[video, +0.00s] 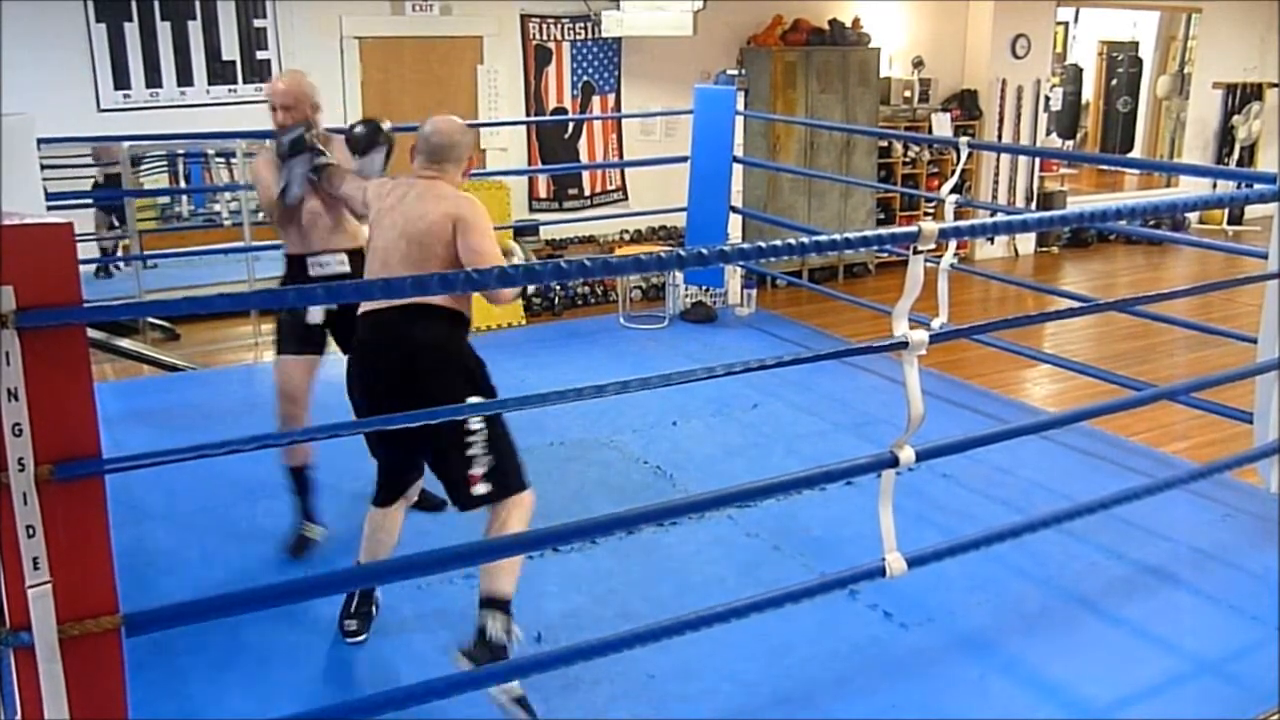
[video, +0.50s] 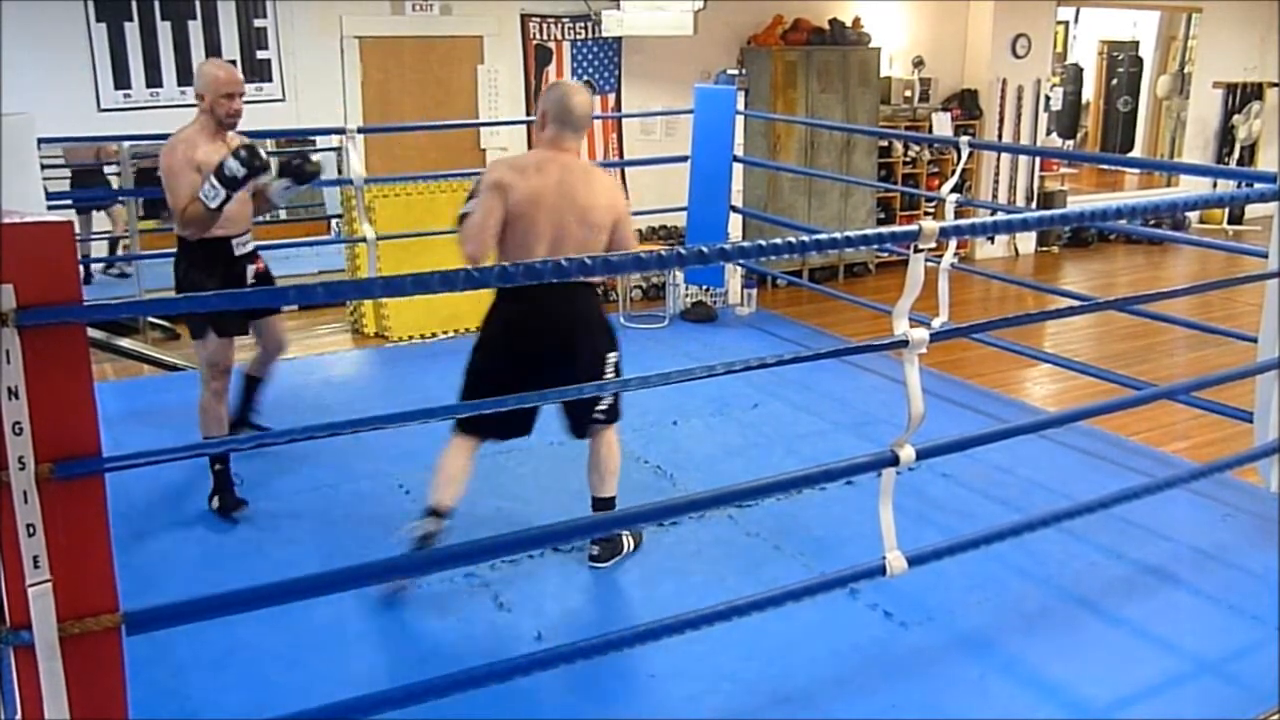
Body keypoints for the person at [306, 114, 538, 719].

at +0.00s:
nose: (478, 164)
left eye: (473, 154)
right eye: (477, 156)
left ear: (417, 154)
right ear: (467, 164)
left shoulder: (384, 193)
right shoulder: (464, 209)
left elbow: (348, 191)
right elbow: (499, 290)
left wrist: (334, 166)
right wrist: (529, 269)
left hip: (370, 360)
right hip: (438, 361)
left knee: (398, 481)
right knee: (513, 495)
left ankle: (358, 606)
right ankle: (493, 630)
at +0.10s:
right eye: (484, 152)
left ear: (426, 144)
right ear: (478, 154)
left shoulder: (388, 179)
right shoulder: (478, 201)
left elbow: (335, 172)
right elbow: (488, 267)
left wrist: (314, 145)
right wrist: (523, 302)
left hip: (387, 346)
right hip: (454, 346)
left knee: (395, 477)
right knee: (531, 472)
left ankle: (357, 600)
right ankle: (496, 606)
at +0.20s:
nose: (504, 146)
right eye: (504, 138)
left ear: (450, 129)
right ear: (500, 141)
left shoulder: (408, 167)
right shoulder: (503, 195)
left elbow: (334, 177)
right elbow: (520, 284)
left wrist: (349, 202)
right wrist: (534, 292)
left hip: (408, 337)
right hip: (474, 339)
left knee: (396, 473)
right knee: (549, 444)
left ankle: (357, 594)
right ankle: (546, 580)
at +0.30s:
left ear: (484, 124)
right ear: (533, 136)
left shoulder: (439, 168)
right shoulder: (539, 194)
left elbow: (356, 195)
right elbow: (558, 281)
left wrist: (381, 211)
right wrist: (537, 271)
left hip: (434, 329)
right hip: (503, 331)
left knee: (406, 462)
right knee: (566, 429)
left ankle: (364, 589)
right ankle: (595, 542)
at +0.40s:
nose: (514, 131)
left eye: (515, 124)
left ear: (515, 128)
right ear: (563, 138)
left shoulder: (474, 175)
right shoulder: (577, 198)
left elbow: (409, 230)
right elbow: (604, 285)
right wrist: (570, 263)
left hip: (476, 328)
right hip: (545, 332)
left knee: (434, 454)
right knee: (584, 427)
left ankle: (373, 576)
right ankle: (603, 538)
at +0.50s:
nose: (533, 124)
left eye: (536, 117)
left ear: (541, 122)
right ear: (588, 127)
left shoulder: (505, 174)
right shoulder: (606, 185)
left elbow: (474, 251)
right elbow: (628, 260)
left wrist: (475, 206)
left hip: (515, 318)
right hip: (582, 319)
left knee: (469, 429)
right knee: (603, 425)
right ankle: (604, 537)